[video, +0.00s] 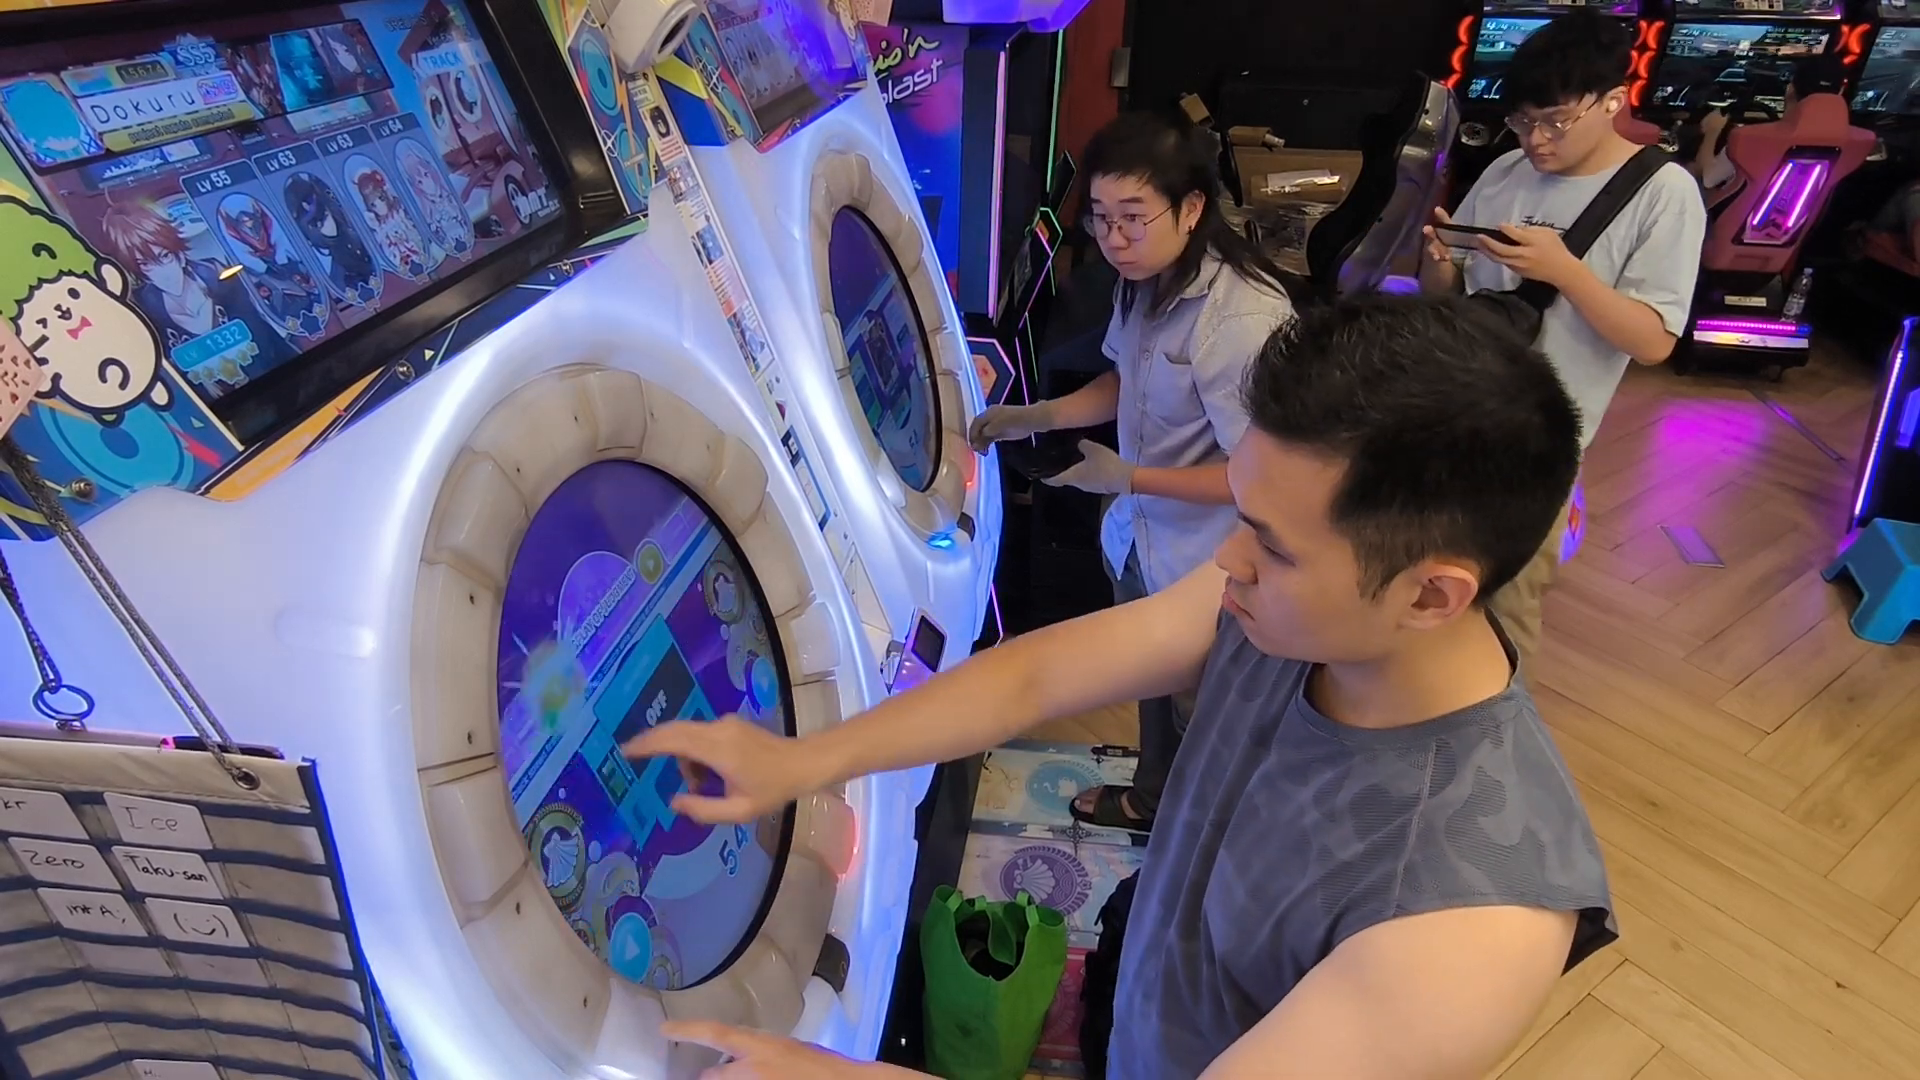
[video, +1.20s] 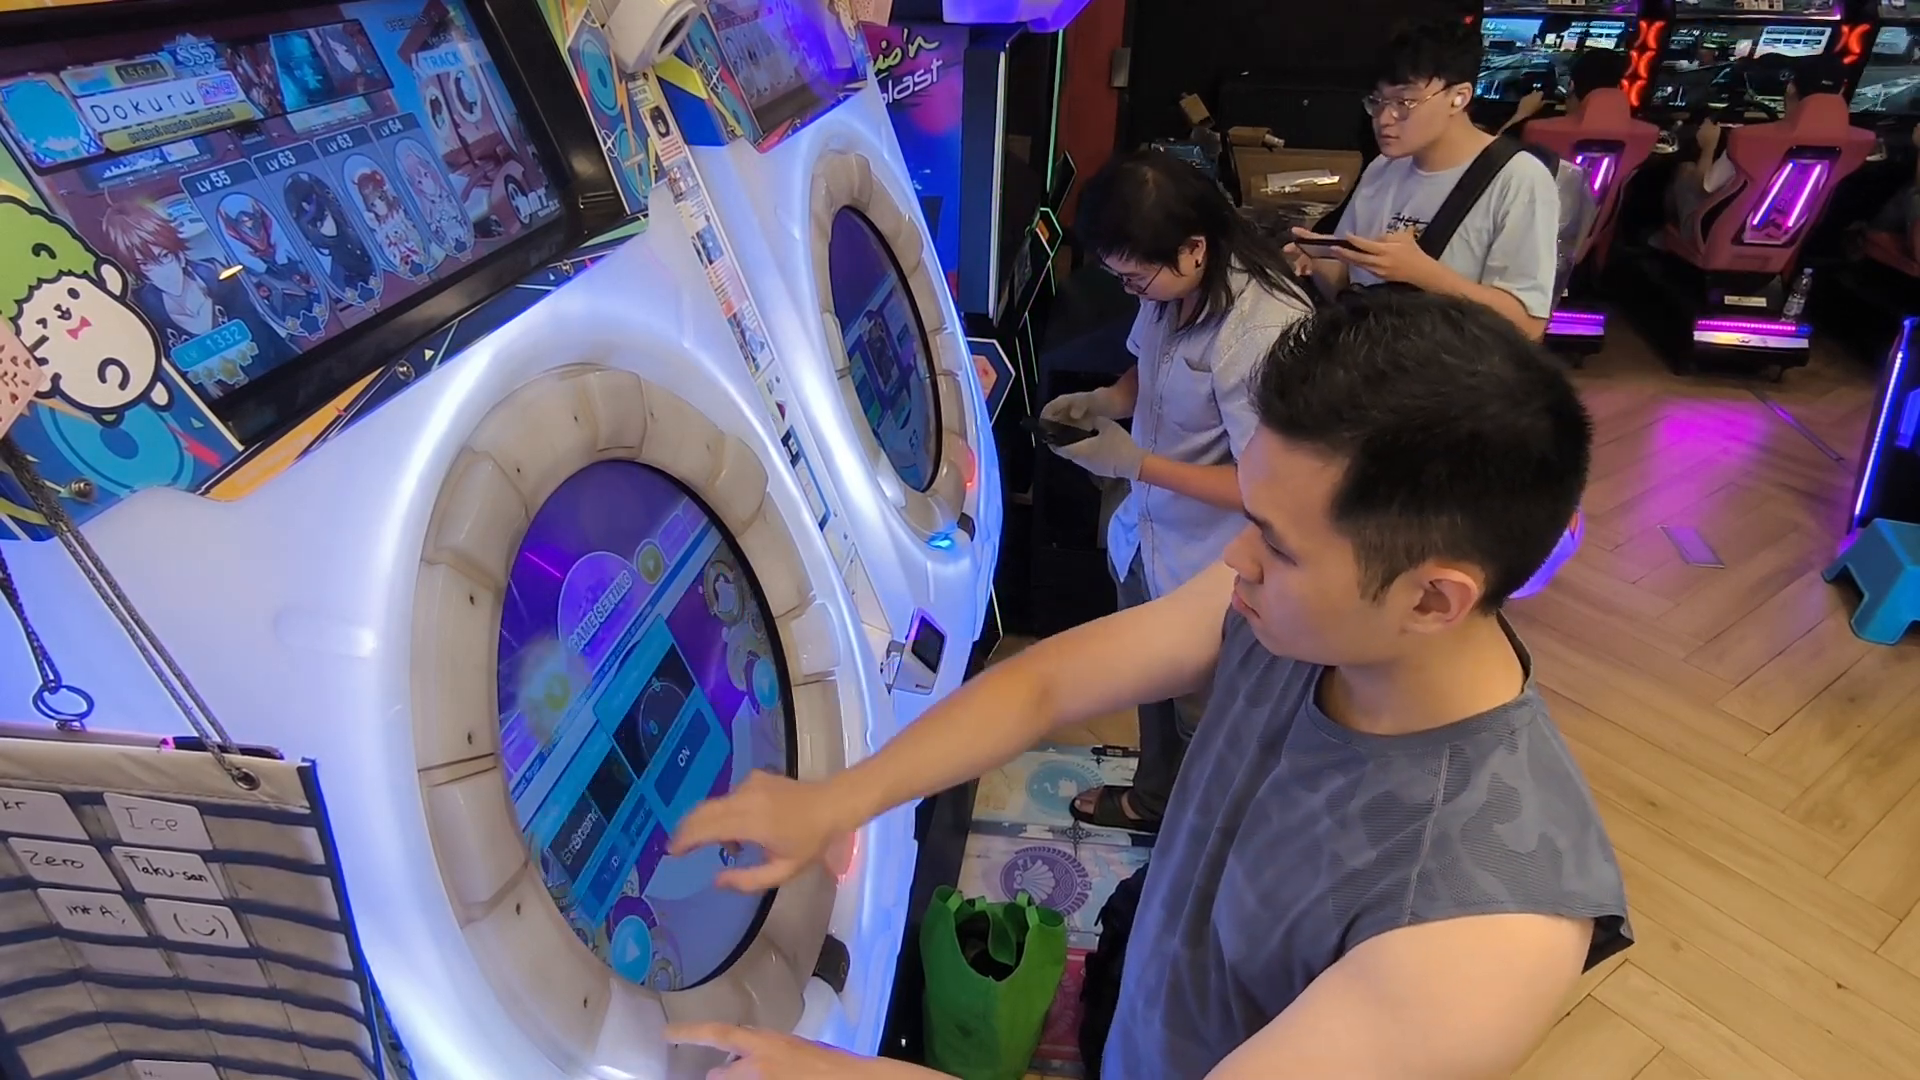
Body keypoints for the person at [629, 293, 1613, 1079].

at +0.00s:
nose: (1224, 562)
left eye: (1276, 551)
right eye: (1240, 517)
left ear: (1434, 594)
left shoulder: (1475, 908)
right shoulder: (1280, 590)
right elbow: (1031, 679)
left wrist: (860, 1079)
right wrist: (806, 760)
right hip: (1130, 1001)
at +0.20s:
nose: (1221, 560)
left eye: (1272, 549)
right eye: (1239, 516)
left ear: (1431, 593)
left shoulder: (1473, 909)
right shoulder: (1290, 604)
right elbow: (1067, 712)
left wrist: (808, 1070)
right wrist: (869, 830)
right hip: (1132, 1022)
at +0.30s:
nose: (1217, 557)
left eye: (1266, 543)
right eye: (1234, 514)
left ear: (1426, 590)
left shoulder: (1473, 904)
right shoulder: (1288, 611)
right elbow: (1071, 713)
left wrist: (868, 1074)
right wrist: (867, 826)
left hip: (1196, 1076)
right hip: (1130, 1020)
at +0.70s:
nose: (1225, 554)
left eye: (1276, 544)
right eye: (1244, 512)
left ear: (1435, 595)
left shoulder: (1479, 915)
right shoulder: (1298, 594)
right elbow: (1049, 662)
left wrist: (878, 1076)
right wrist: (809, 736)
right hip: (1138, 988)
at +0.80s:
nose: (1229, 554)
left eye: (1279, 544)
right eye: (1246, 512)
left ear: (1438, 595)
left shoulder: (1486, 916)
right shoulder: (1295, 591)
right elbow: (1040, 654)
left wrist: (882, 1078)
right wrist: (793, 729)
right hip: (1137, 1003)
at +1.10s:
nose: (1229, 558)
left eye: (1281, 547)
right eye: (1247, 514)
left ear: (1442, 596)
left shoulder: (1492, 917)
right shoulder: (1287, 590)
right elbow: (1032, 664)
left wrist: (874, 1078)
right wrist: (795, 754)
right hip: (1137, 992)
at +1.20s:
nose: (1230, 560)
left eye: (1279, 549)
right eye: (1248, 518)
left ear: (1438, 599)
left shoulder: (1491, 913)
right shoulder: (1292, 596)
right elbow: (1046, 685)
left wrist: (877, 1076)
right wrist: (844, 797)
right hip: (1133, 1025)